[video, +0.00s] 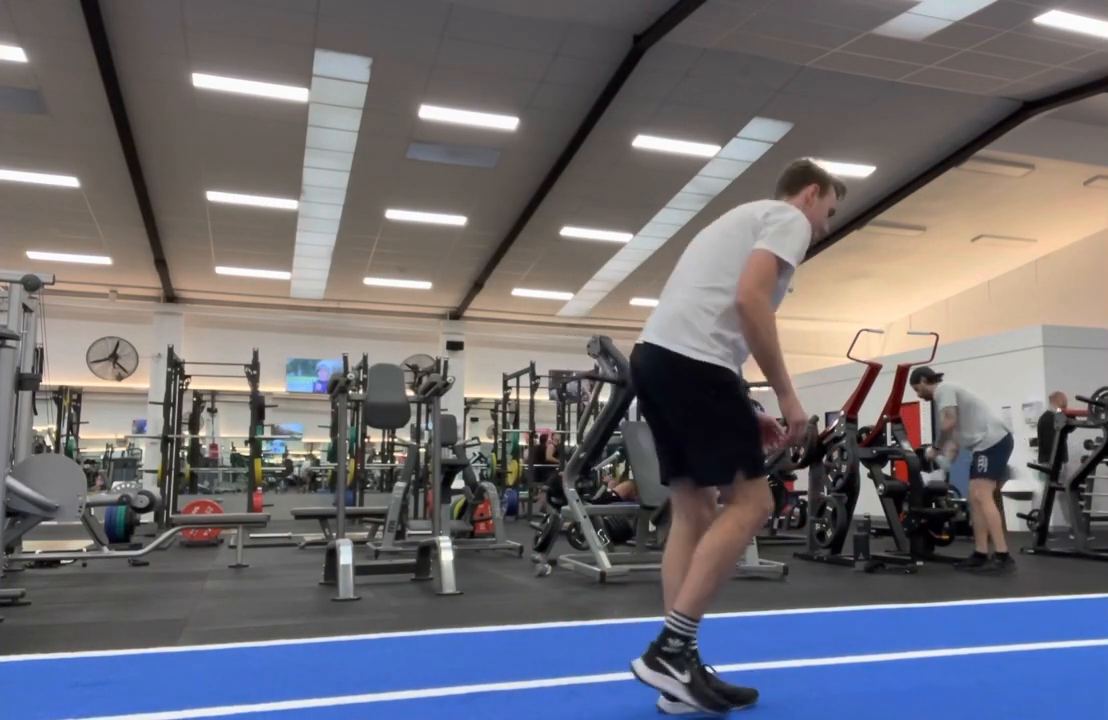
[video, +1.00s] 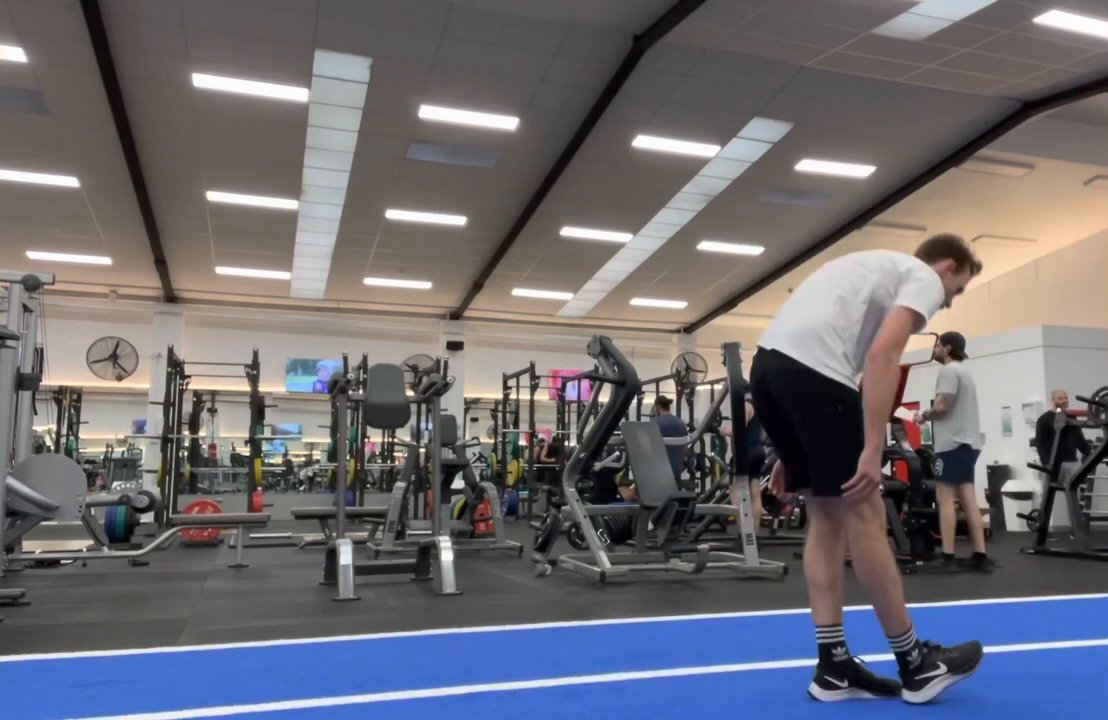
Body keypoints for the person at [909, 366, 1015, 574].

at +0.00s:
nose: (918, 395)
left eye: (917, 389)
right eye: (915, 391)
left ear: (925, 381)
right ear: (926, 382)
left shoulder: (944, 390)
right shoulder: (947, 395)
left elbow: (948, 423)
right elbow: (956, 439)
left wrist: (936, 448)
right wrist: (945, 462)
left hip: (993, 439)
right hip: (982, 444)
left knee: (982, 494)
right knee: (974, 497)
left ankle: (1002, 555)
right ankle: (981, 554)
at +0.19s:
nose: (925, 377)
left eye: (925, 371)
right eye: (923, 372)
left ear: (935, 365)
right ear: (939, 365)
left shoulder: (948, 379)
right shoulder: (957, 381)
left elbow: (950, 412)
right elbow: (961, 423)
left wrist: (934, 434)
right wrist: (941, 442)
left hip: (981, 440)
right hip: (983, 441)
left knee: (969, 495)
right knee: (973, 497)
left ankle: (996, 551)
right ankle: (981, 552)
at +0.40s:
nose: (932, 366)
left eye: (934, 361)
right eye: (931, 362)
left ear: (945, 357)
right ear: (949, 357)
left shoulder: (955, 373)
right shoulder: (963, 374)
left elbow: (954, 406)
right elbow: (961, 414)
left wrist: (933, 424)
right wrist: (935, 427)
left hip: (973, 440)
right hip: (983, 440)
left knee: (953, 493)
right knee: (971, 496)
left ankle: (987, 544)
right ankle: (979, 550)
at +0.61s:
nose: (937, 361)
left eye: (938, 355)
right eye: (936, 356)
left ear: (951, 352)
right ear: (954, 353)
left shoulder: (958, 372)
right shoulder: (968, 373)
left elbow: (953, 405)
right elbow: (964, 410)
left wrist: (930, 419)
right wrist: (939, 421)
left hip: (965, 442)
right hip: (978, 442)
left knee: (947, 494)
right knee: (970, 497)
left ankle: (974, 548)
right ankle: (981, 550)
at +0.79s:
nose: (936, 355)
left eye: (939, 350)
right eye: (936, 350)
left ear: (951, 350)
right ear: (957, 350)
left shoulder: (954, 370)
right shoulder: (967, 372)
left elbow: (948, 405)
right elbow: (960, 409)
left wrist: (928, 418)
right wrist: (935, 418)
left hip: (959, 441)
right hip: (975, 441)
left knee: (947, 495)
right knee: (969, 497)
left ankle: (951, 552)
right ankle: (980, 552)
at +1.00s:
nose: (934, 350)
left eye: (937, 346)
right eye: (935, 345)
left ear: (947, 348)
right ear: (957, 349)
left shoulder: (950, 370)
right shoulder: (964, 370)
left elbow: (943, 407)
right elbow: (952, 408)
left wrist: (924, 415)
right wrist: (929, 414)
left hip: (952, 443)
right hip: (968, 442)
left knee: (945, 497)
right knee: (968, 498)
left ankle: (947, 554)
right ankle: (980, 552)